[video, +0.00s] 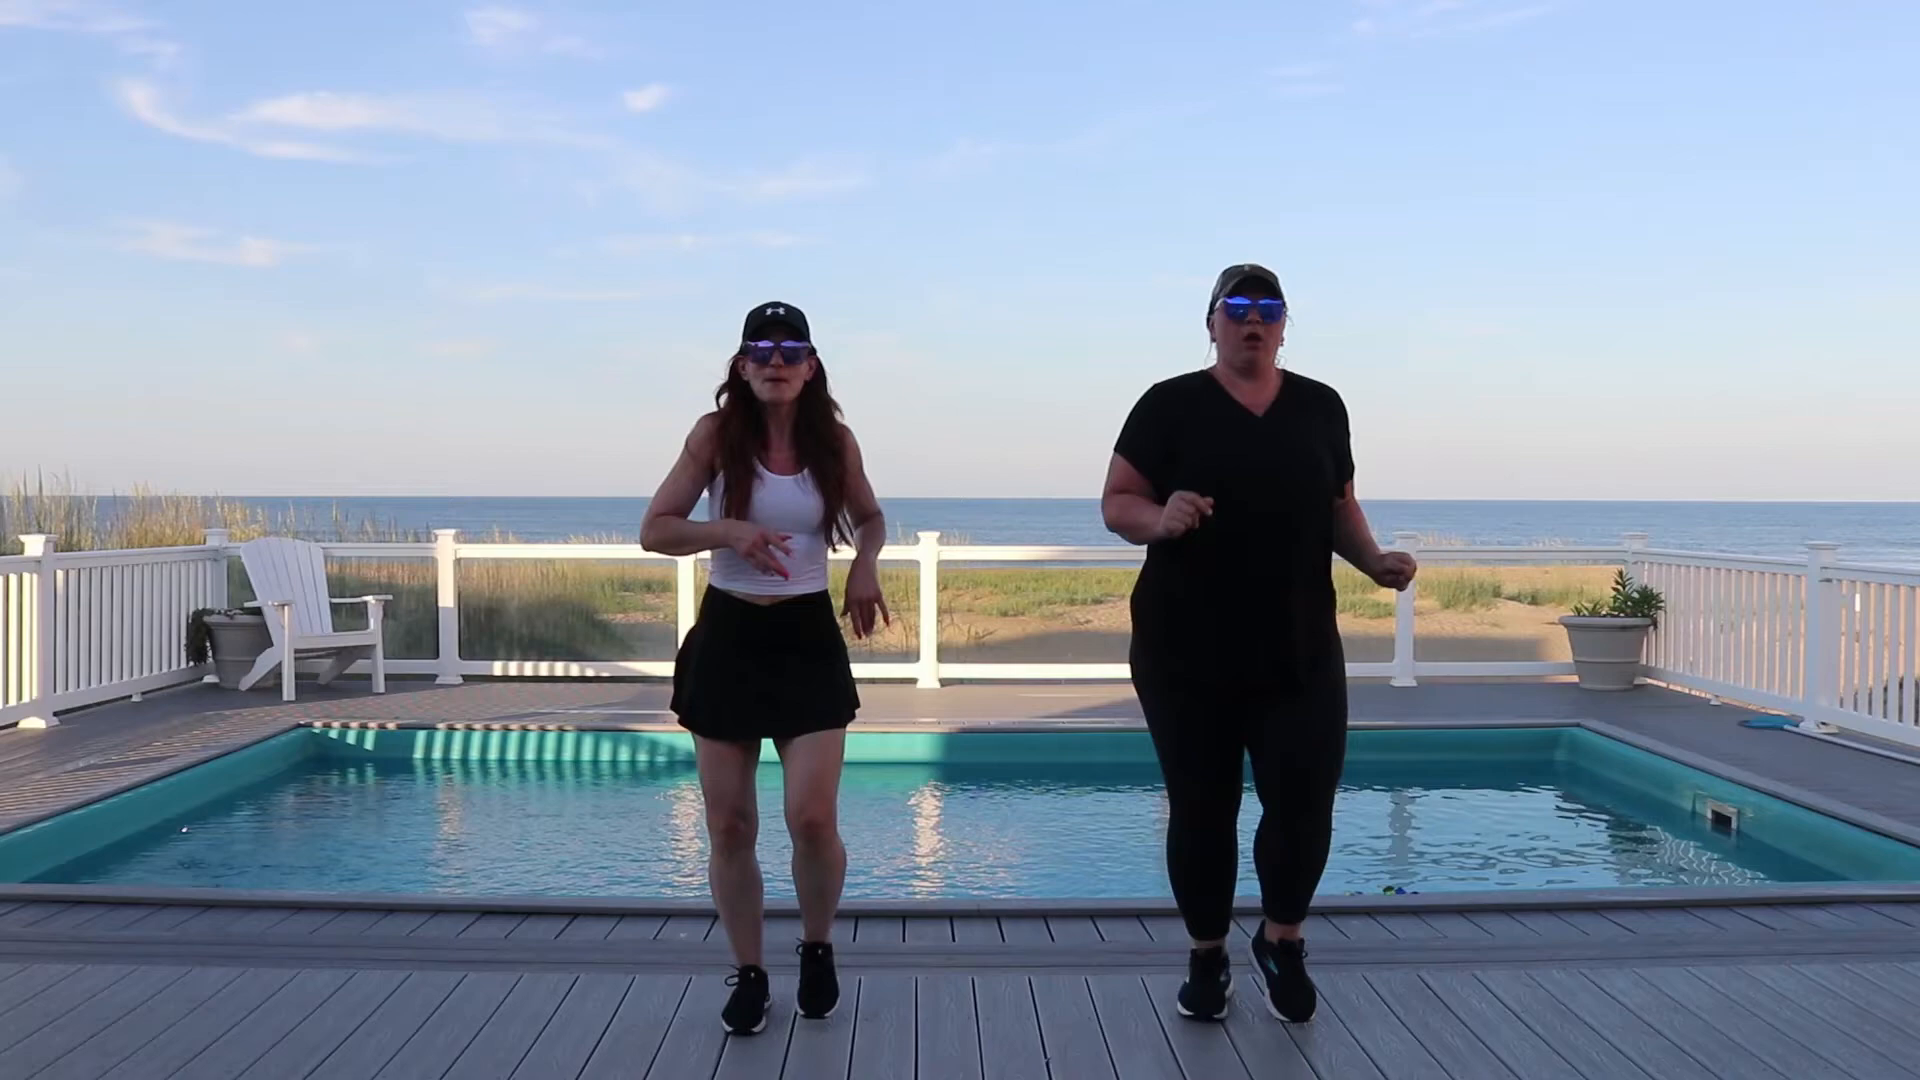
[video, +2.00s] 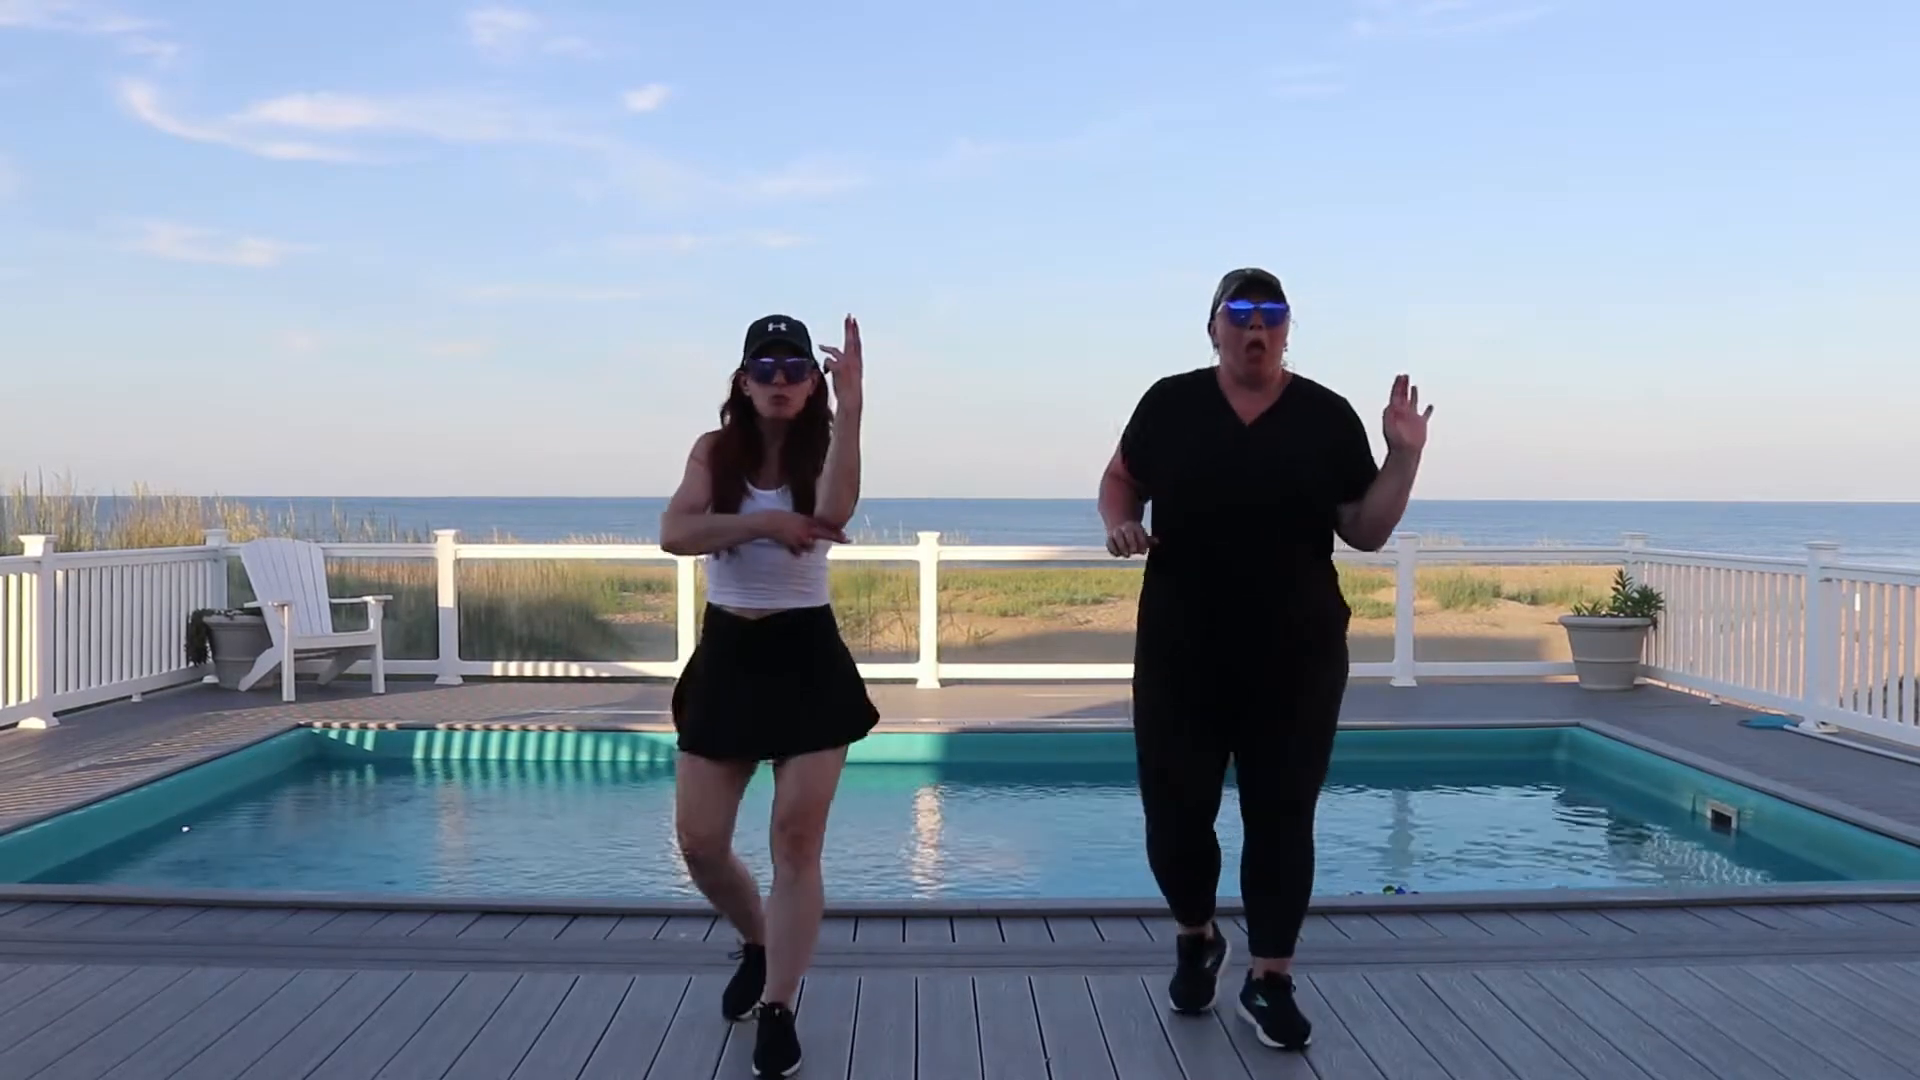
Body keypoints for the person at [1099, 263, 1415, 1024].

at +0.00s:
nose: (1255, 322)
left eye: (1268, 311)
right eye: (1239, 311)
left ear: (1284, 325)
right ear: (1212, 323)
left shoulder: (1320, 408)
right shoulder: (1166, 406)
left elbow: (1339, 506)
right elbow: (1118, 505)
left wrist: (1373, 556)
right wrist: (1159, 519)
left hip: (1298, 644)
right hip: (1189, 648)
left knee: (1305, 803)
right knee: (1201, 808)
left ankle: (1282, 942)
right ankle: (1208, 954)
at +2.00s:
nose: (1258, 329)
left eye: (1271, 318)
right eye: (1242, 317)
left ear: (1288, 329)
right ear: (1215, 328)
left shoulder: (1328, 418)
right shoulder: (1168, 404)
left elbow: (1365, 530)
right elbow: (1122, 478)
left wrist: (1404, 457)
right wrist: (1120, 522)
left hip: (1294, 653)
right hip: (1182, 650)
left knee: (1284, 815)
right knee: (1175, 813)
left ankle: (1273, 976)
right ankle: (1196, 939)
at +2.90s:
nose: (1258, 369)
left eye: (1271, 355)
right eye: (1243, 354)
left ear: (1288, 350)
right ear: (1214, 349)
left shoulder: (1319, 410)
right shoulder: (1176, 429)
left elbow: (1360, 469)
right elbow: (1172, 532)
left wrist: (1367, 551)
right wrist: (1196, 424)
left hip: (1295, 641)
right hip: (1185, 650)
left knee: (1330, 792)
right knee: (1207, 814)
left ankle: (1263, 930)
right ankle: (1215, 978)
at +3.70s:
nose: (1275, 318)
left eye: (1289, 308)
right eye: (1260, 308)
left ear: (1308, 323)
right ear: (1236, 325)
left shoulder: (1348, 414)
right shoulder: (1196, 401)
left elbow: (1368, 505)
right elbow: (1167, 497)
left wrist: (1366, 395)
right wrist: (1288, 506)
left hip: (1318, 659)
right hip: (1204, 656)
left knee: (1308, 823)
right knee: (1188, 821)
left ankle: (1301, 980)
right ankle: (1209, 945)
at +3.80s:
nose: (1280, 320)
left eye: (1294, 310)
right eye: (1264, 310)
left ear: (1313, 329)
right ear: (1239, 331)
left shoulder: (1352, 422)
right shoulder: (1200, 412)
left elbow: (1364, 519)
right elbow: (1170, 510)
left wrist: (1369, 405)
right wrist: (1280, 519)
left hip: (1323, 666)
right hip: (1210, 662)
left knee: (1309, 827)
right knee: (1201, 826)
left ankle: (1300, 981)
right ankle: (1220, 934)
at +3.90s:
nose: (1281, 313)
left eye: (1295, 304)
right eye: (1265, 303)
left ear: (1312, 321)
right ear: (1239, 321)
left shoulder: (1350, 409)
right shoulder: (1199, 399)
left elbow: (1372, 504)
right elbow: (1168, 500)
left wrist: (1368, 393)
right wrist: (1287, 512)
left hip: (1324, 653)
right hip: (1213, 651)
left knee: (1317, 818)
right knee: (1217, 815)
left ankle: (1306, 976)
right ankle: (1220, 947)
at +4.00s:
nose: (1282, 312)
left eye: (1296, 303)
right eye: (1267, 302)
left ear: (1312, 318)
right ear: (1239, 317)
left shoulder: (1349, 401)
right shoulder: (1203, 392)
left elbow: (1385, 493)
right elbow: (1167, 491)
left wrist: (1372, 381)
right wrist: (1288, 511)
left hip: (1323, 640)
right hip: (1211, 641)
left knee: (1324, 804)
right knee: (1217, 803)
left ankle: (1307, 963)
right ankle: (1218, 946)